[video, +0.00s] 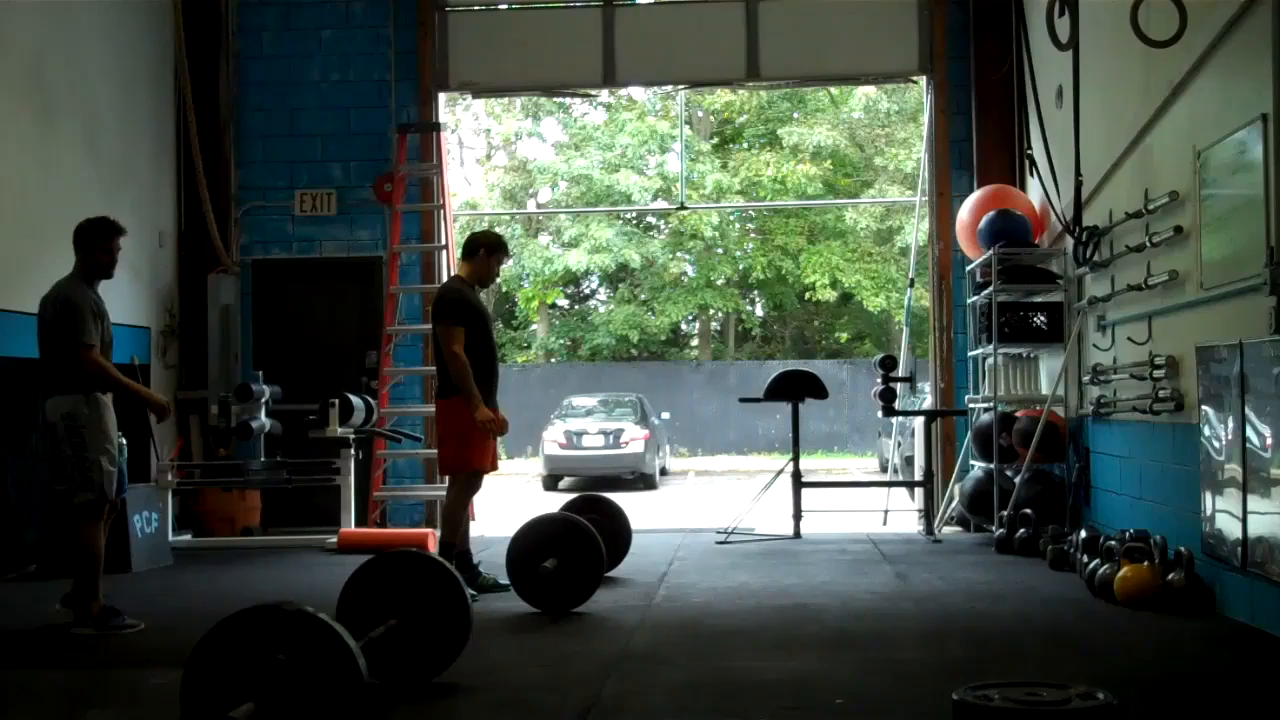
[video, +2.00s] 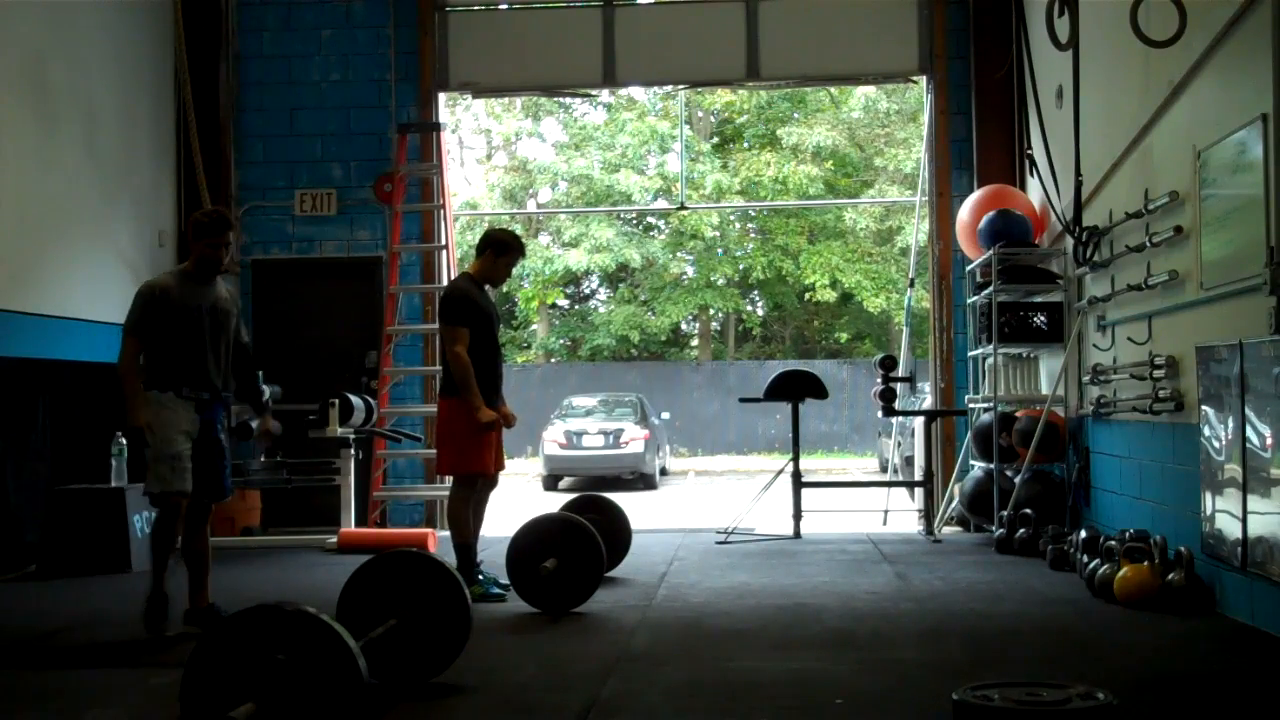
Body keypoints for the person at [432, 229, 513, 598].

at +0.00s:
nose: (498, 274)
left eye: (501, 267)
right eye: (498, 265)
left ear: (479, 256)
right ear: (482, 256)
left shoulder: (468, 296)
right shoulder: (454, 295)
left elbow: (477, 357)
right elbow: (453, 353)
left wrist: (492, 409)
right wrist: (478, 404)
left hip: (473, 404)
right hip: (461, 404)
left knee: (467, 484)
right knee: (464, 484)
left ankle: (460, 565)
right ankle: (450, 567)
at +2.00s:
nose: (509, 275)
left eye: (512, 268)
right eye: (509, 267)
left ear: (494, 258)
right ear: (490, 256)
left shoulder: (481, 294)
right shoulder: (460, 292)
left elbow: (486, 355)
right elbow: (456, 352)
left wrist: (499, 403)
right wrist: (479, 405)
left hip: (485, 406)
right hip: (464, 405)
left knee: (485, 482)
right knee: (466, 484)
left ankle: (471, 568)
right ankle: (467, 575)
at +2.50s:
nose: (520, 276)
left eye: (523, 269)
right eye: (520, 267)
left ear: (503, 258)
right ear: (502, 256)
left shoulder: (492, 294)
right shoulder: (472, 288)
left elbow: (508, 337)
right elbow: (475, 333)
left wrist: (526, 368)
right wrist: (513, 377)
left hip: (497, 401)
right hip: (474, 402)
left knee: (506, 481)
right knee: (475, 484)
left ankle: (514, 568)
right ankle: (469, 576)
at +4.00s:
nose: (573, 283)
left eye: (577, 278)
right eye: (574, 275)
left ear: (557, 260)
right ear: (558, 260)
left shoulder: (539, 296)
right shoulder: (525, 292)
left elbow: (539, 356)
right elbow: (524, 351)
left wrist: (557, 401)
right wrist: (557, 403)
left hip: (535, 401)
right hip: (524, 400)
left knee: (533, 482)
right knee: (530, 481)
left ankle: (525, 573)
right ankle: (520, 575)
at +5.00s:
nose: (614, 308)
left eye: (619, 303)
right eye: (616, 300)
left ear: (602, 282)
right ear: (604, 283)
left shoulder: (577, 312)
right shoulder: (565, 305)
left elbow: (574, 373)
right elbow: (549, 365)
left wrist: (581, 426)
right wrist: (557, 424)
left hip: (541, 399)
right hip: (525, 399)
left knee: (559, 479)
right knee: (549, 480)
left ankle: (552, 551)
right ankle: (542, 554)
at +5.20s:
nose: (625, 342)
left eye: (630, 338)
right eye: (629, 335)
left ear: (617, 314)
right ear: (621, 316)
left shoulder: (589, 336)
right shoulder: (581, 329)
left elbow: (584, 399)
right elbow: (567, 397)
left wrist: (586, 452)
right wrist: (571, 455)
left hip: (532, 404)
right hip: (515, 402)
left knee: (558, 480)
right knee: (552, 481)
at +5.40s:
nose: (627, 383)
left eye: (634, 381)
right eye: (633, 378)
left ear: (629, 355)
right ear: (630, 360)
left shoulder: (596, 364)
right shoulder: (591, 362)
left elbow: (590, 431)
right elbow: (581, 430)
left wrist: (586, 489)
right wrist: (582, 490)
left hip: (522, 410)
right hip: (509, 408)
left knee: (561, 480)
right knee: (557, 482)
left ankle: (550, 552)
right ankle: (546, 553)